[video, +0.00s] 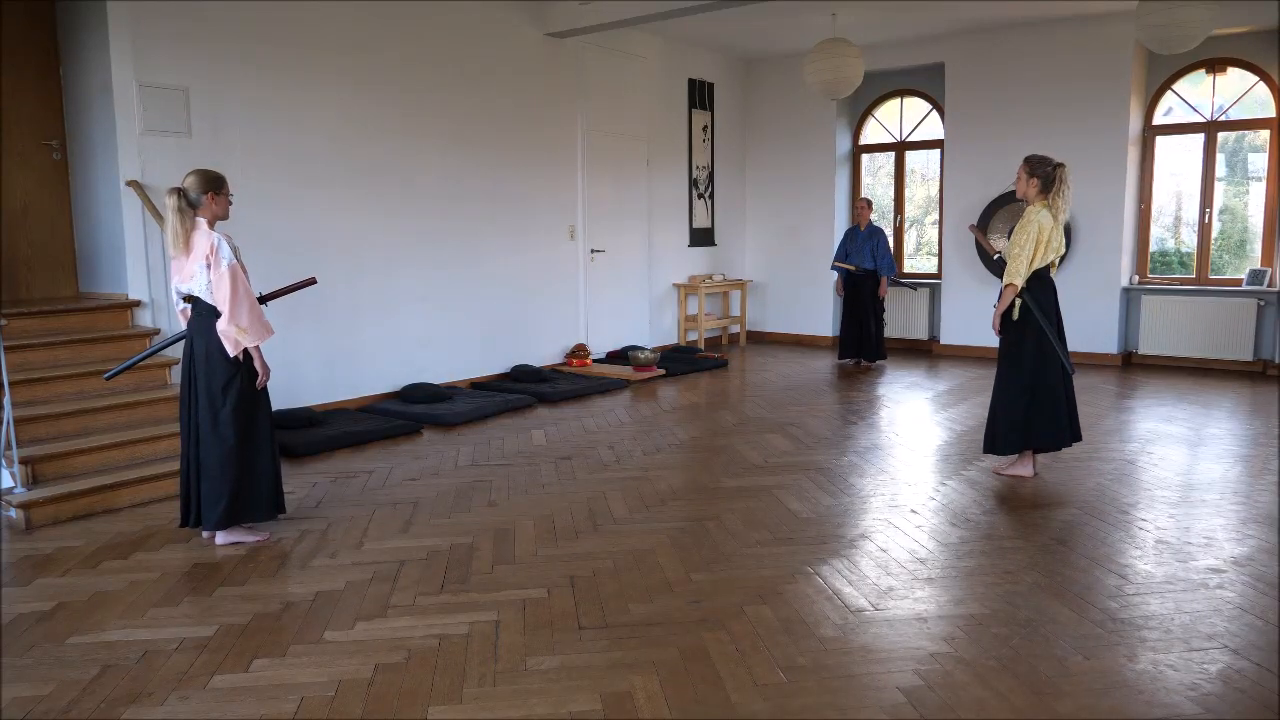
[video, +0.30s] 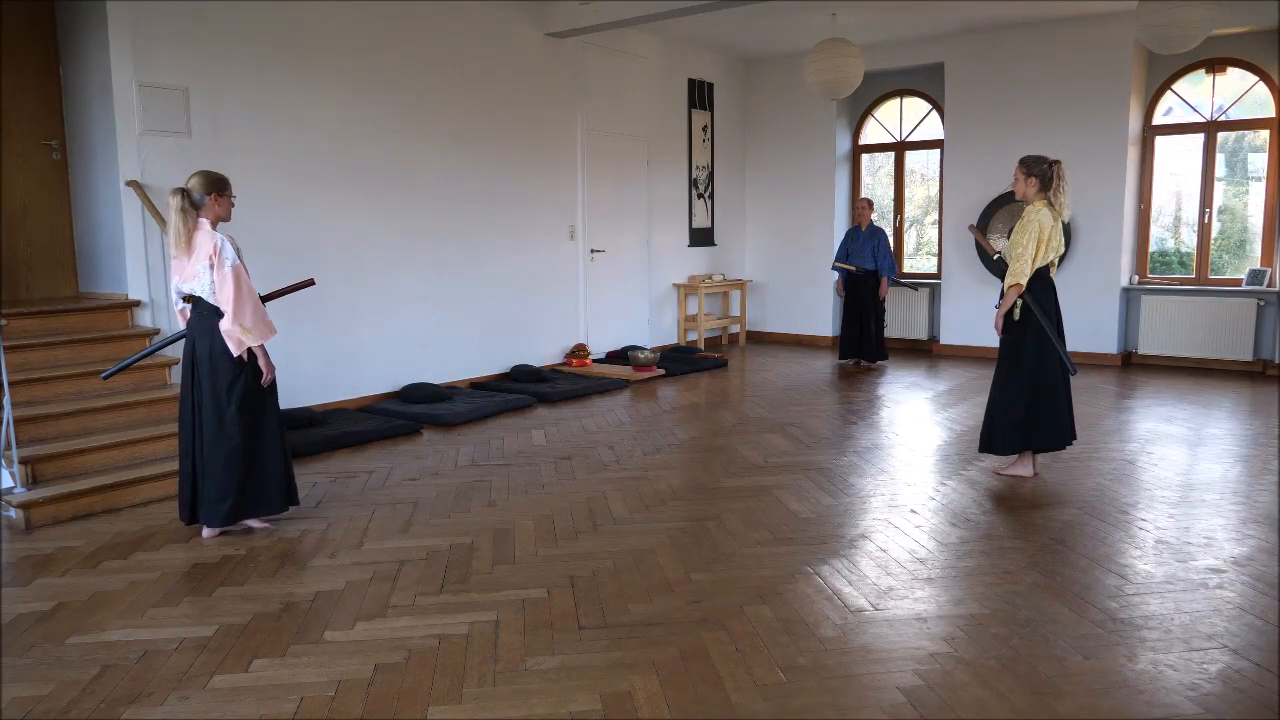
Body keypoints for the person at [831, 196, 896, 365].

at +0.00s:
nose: (858, 211)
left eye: (862, 208)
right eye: (856, 208)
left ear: (870, 210)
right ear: (854, 210)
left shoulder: (877, 233)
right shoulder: (850, 233)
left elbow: (884, 259)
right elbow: (841, 257)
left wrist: (883, 283)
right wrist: (840, 278)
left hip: (870, 279)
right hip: (852, 278)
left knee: (869, 317)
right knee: (853, 316)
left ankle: (869, 357)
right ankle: (856, 355)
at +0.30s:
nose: (859, 211)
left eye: (863, 208)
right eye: (857, 208)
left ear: (871, 211)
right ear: (855, 211)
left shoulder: (878, 233)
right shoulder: (851, 233)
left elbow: (885, 259)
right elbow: (842, 257)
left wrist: (884, 283)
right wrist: (840, 279)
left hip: (871, 279)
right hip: (852, 278)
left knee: (870, 317)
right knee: (853, 317)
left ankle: (869, 357)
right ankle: (855, 355)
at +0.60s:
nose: (860, 212)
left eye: (863, 209)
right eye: (858, 209)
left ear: (871, 211)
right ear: (855, 211)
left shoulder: (878, 233)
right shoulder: (851, 232)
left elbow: (886, 259)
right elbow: (842, 256)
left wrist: (885, 283)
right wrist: (840, 278)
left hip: (871, 279)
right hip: (853, 278)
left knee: (870, 318)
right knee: (853, 317)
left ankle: (870, 357)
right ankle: (855, 356)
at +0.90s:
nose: (859, 212)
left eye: (863, 209)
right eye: (857, 209)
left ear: (871, 211)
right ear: (854, 211)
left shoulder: (879, 233)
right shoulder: (851, 232)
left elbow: (886, 260)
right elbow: (842, 257)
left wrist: (885, 284)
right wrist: (840, 279)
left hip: (871, 279)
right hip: (853, 279)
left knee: (871, 318)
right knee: (853, 317)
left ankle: (871, 357)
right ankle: (855, 356)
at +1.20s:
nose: (859, 212)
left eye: (862, 209)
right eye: (857, 209)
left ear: (870, 211)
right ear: (854, 211)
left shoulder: (878, 233)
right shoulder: (850, 233)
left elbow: (886, 260)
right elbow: (842, 257)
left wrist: (885, 284)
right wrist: (840, 279)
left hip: (871, 279)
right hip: (852, 279)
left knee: (871, 318)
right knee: (853, 317)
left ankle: (870, 358)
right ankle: (855, 356)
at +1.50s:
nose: (858, 212)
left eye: (861, 209)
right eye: (856, 209)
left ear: (869, 211)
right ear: (853, 211)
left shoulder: (877, 233)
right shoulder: (849, 233)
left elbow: (884, 260)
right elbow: (840, 257)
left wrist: (883, 284)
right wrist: (838, 279)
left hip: (870, 279)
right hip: (851, 279)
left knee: (870, 318)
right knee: (851, 318)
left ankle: (870, 358)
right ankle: (853, 356)